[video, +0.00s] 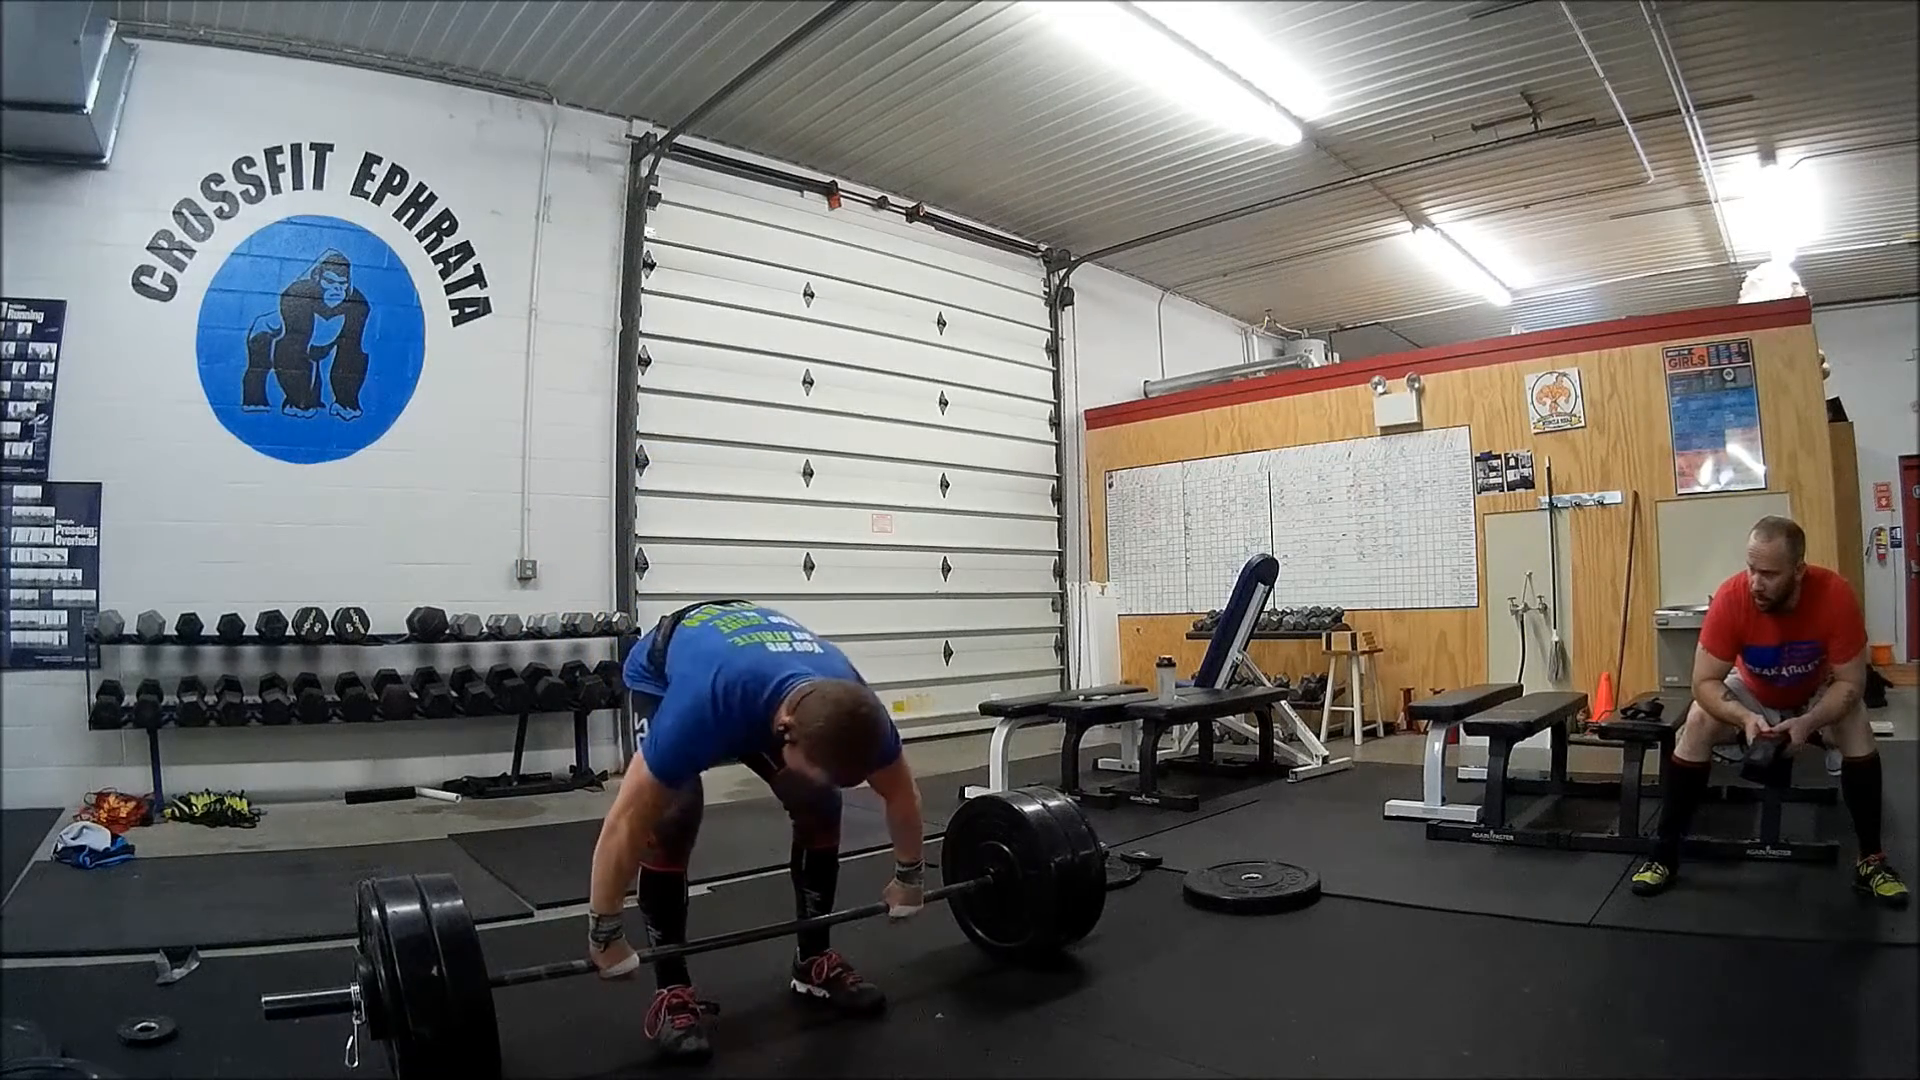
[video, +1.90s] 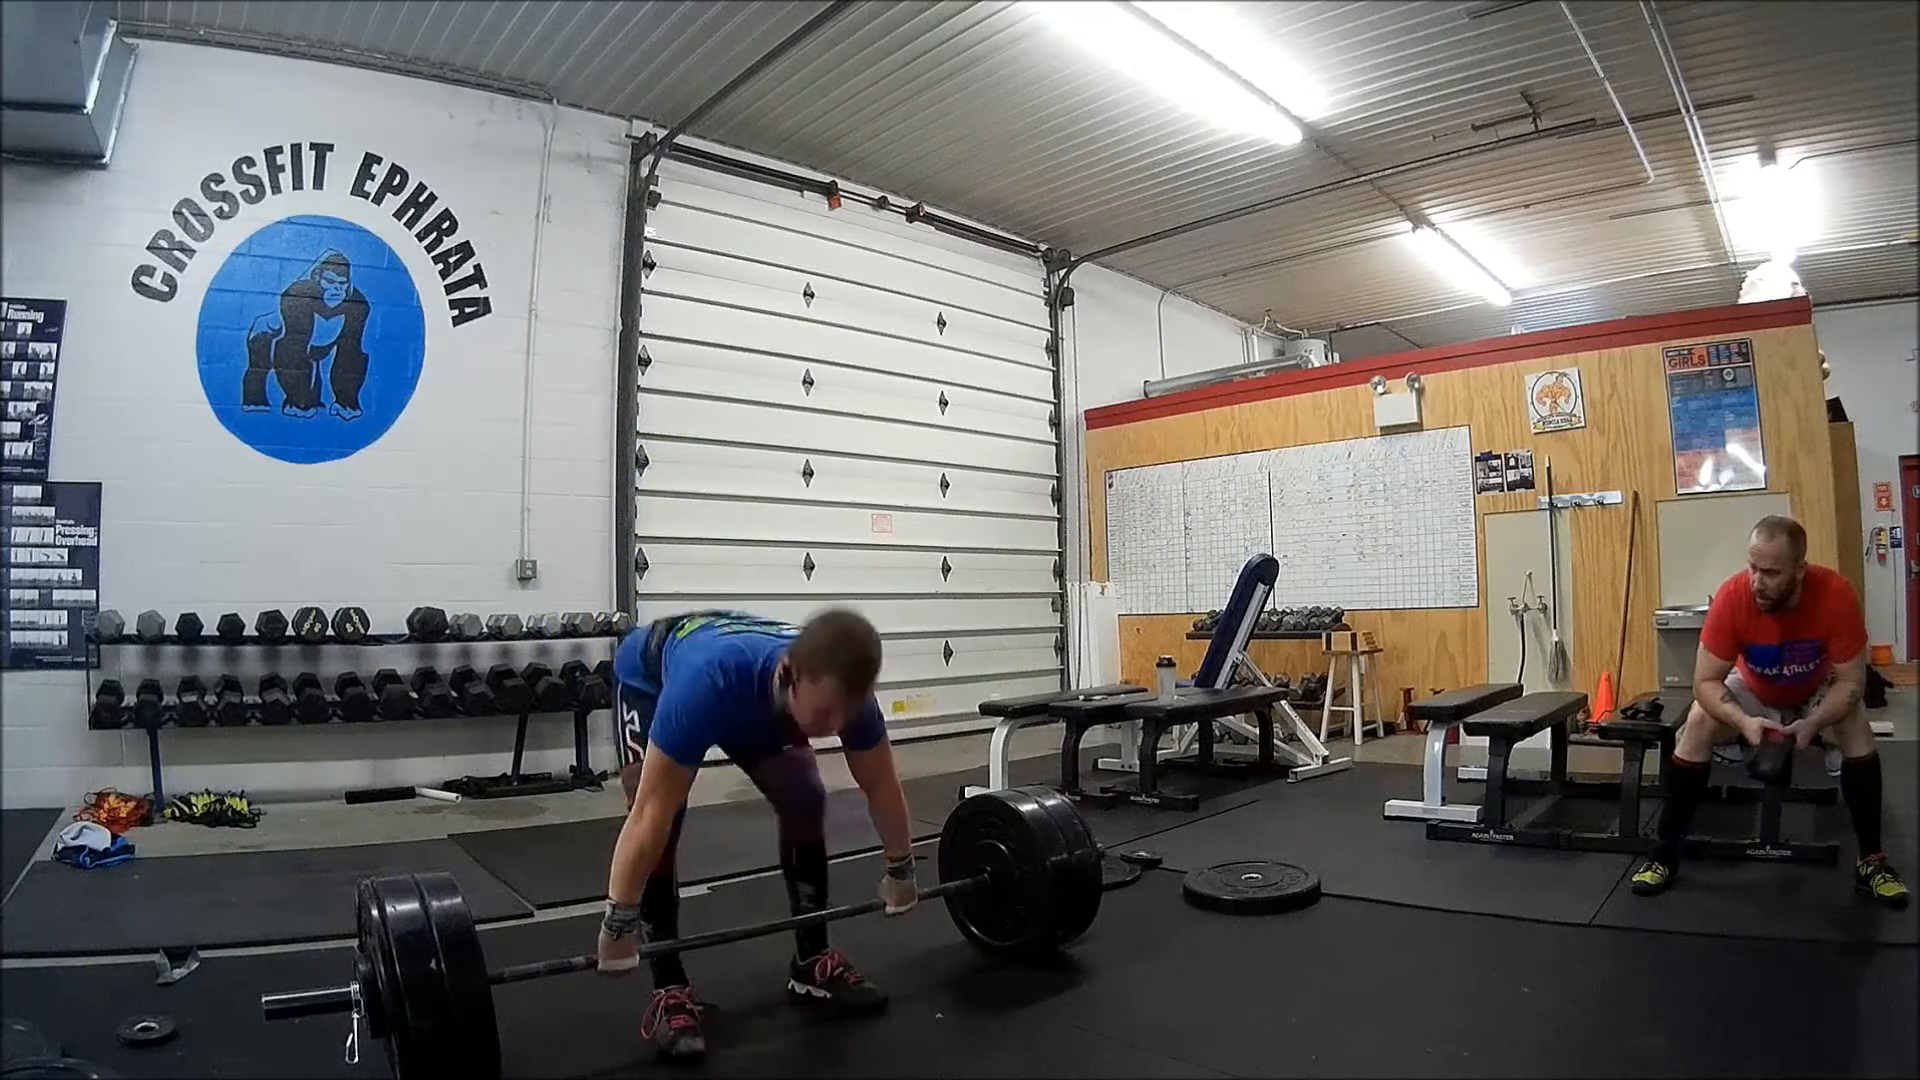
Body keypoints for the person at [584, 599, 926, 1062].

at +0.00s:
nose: (829, 790)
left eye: (843, 783)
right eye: (825, 778)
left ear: (869, 731)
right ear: (787, 732)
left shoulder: (865, 717)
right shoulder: (702, 708)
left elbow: (901, 792)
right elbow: (625, 817)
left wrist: (910, 875)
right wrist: (604, 932)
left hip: (759, 648)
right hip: (660, 670)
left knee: (820, 805)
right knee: (675, 818)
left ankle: (815, 961)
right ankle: (673, 992)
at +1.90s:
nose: (836, 724)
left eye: (847, 710)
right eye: (824, 710)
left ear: (862, 693)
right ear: (789, 675)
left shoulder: (848, 688)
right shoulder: (703, 685)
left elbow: (880, 784)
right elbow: (651, 812)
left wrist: (901, 868)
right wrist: (619, 923)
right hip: (650, 675)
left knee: (805, 799)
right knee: (659, 826)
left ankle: (813, 959)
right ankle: (670, 990)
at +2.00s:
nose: (840, 662)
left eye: (848, 644)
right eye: (826, 643)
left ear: (856, 637)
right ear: (782, 635)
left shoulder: (847, 687)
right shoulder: (701, 681)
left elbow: (880, 780)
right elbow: (647, 809)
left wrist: (900, 871)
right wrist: (618, 922)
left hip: (742, 721)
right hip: (659, 716)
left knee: (831, 805)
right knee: (672, 819)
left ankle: (815, 961)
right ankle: (671, 994)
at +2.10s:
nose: (824, 616)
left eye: (830, 600)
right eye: (805, 601)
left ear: (837, 606)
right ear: (761, 609)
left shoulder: (839, 684)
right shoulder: (698, 680)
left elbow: (879, 776)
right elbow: (639, 800)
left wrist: (902, 869)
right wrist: (619, 921)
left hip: (762, 770)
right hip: (678, 773)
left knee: (852, 817)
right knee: (674, 830)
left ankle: (814, 963)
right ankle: (673, 997)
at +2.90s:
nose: (814, 590)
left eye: (820, 575)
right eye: (794, 577)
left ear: (830, 587)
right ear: (755, 591)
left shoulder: (835, 672)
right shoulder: (698, 674)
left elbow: (871, 776)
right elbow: (648, 797)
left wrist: (898, 862)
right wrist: (619, 912)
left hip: (765, 779)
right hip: (685, 784)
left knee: (851, 819)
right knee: (690, 834)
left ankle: (815, 963)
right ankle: (674, 996)